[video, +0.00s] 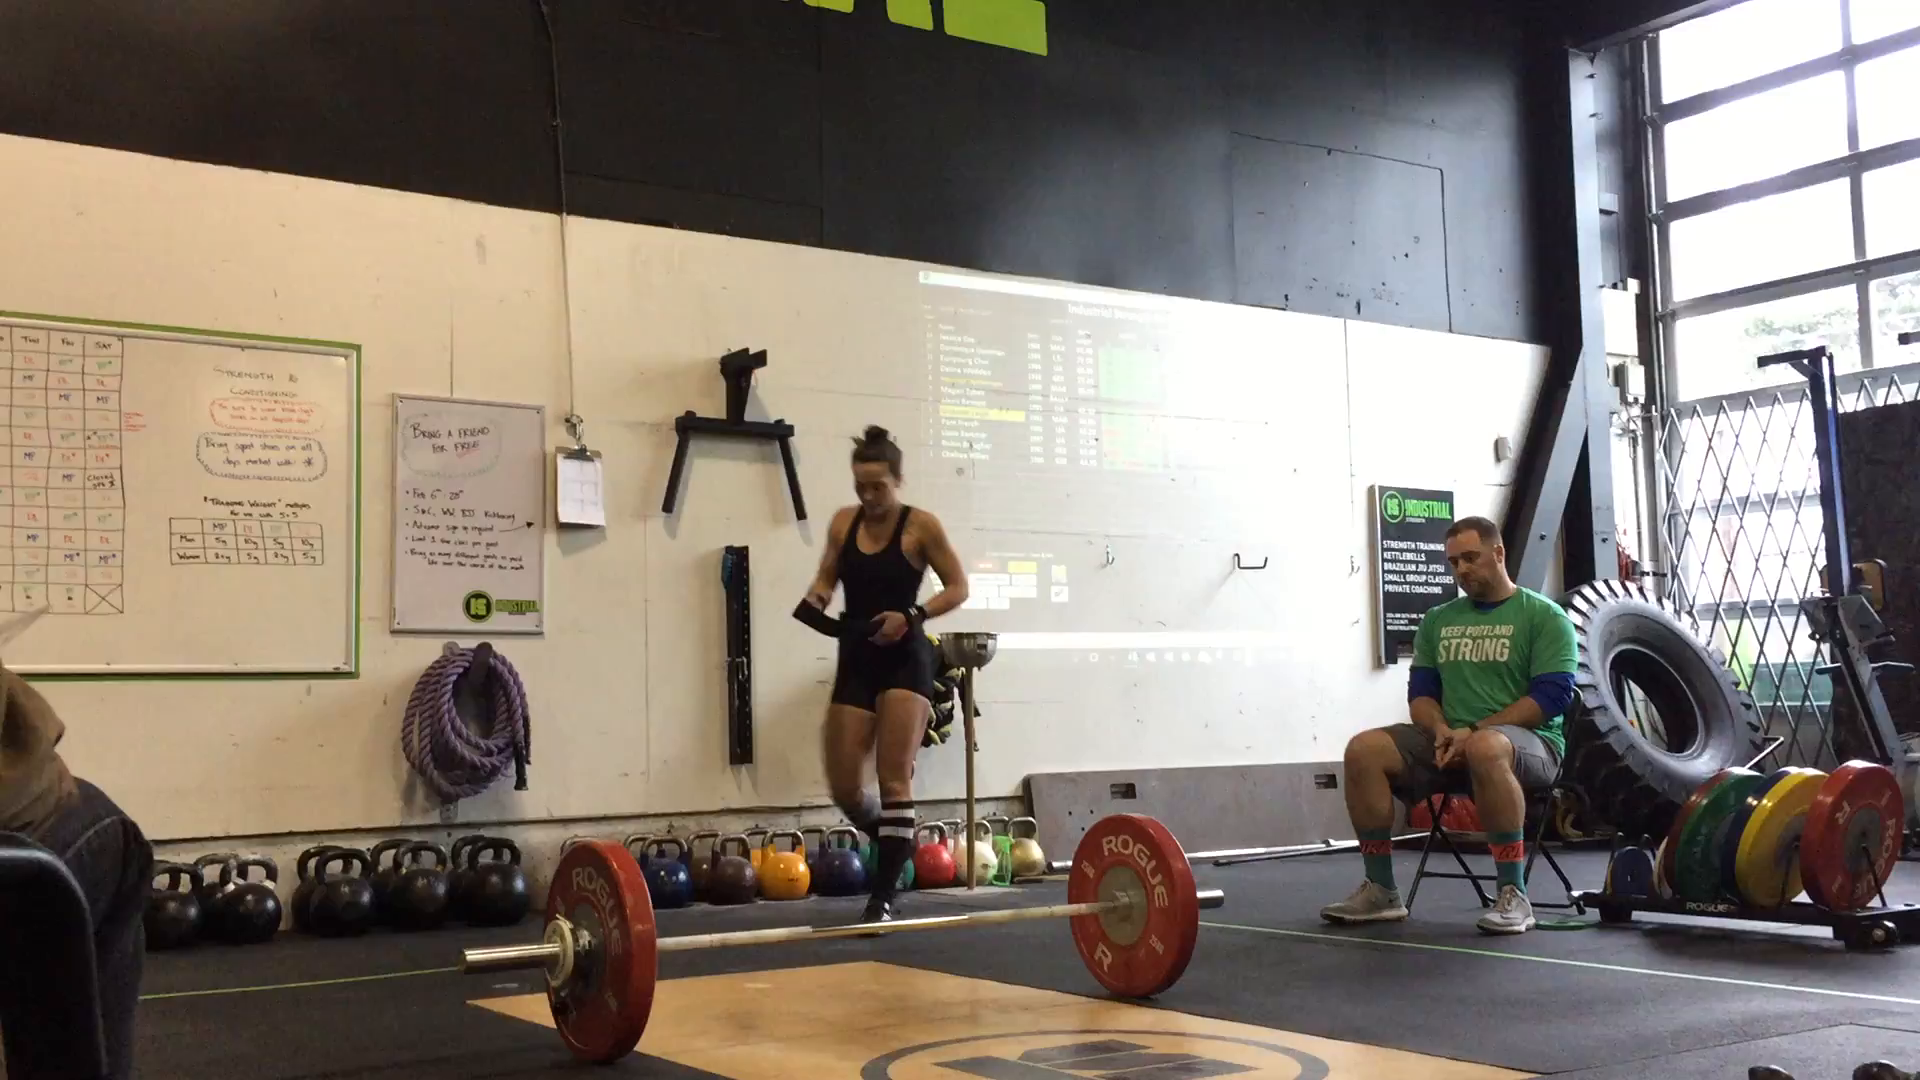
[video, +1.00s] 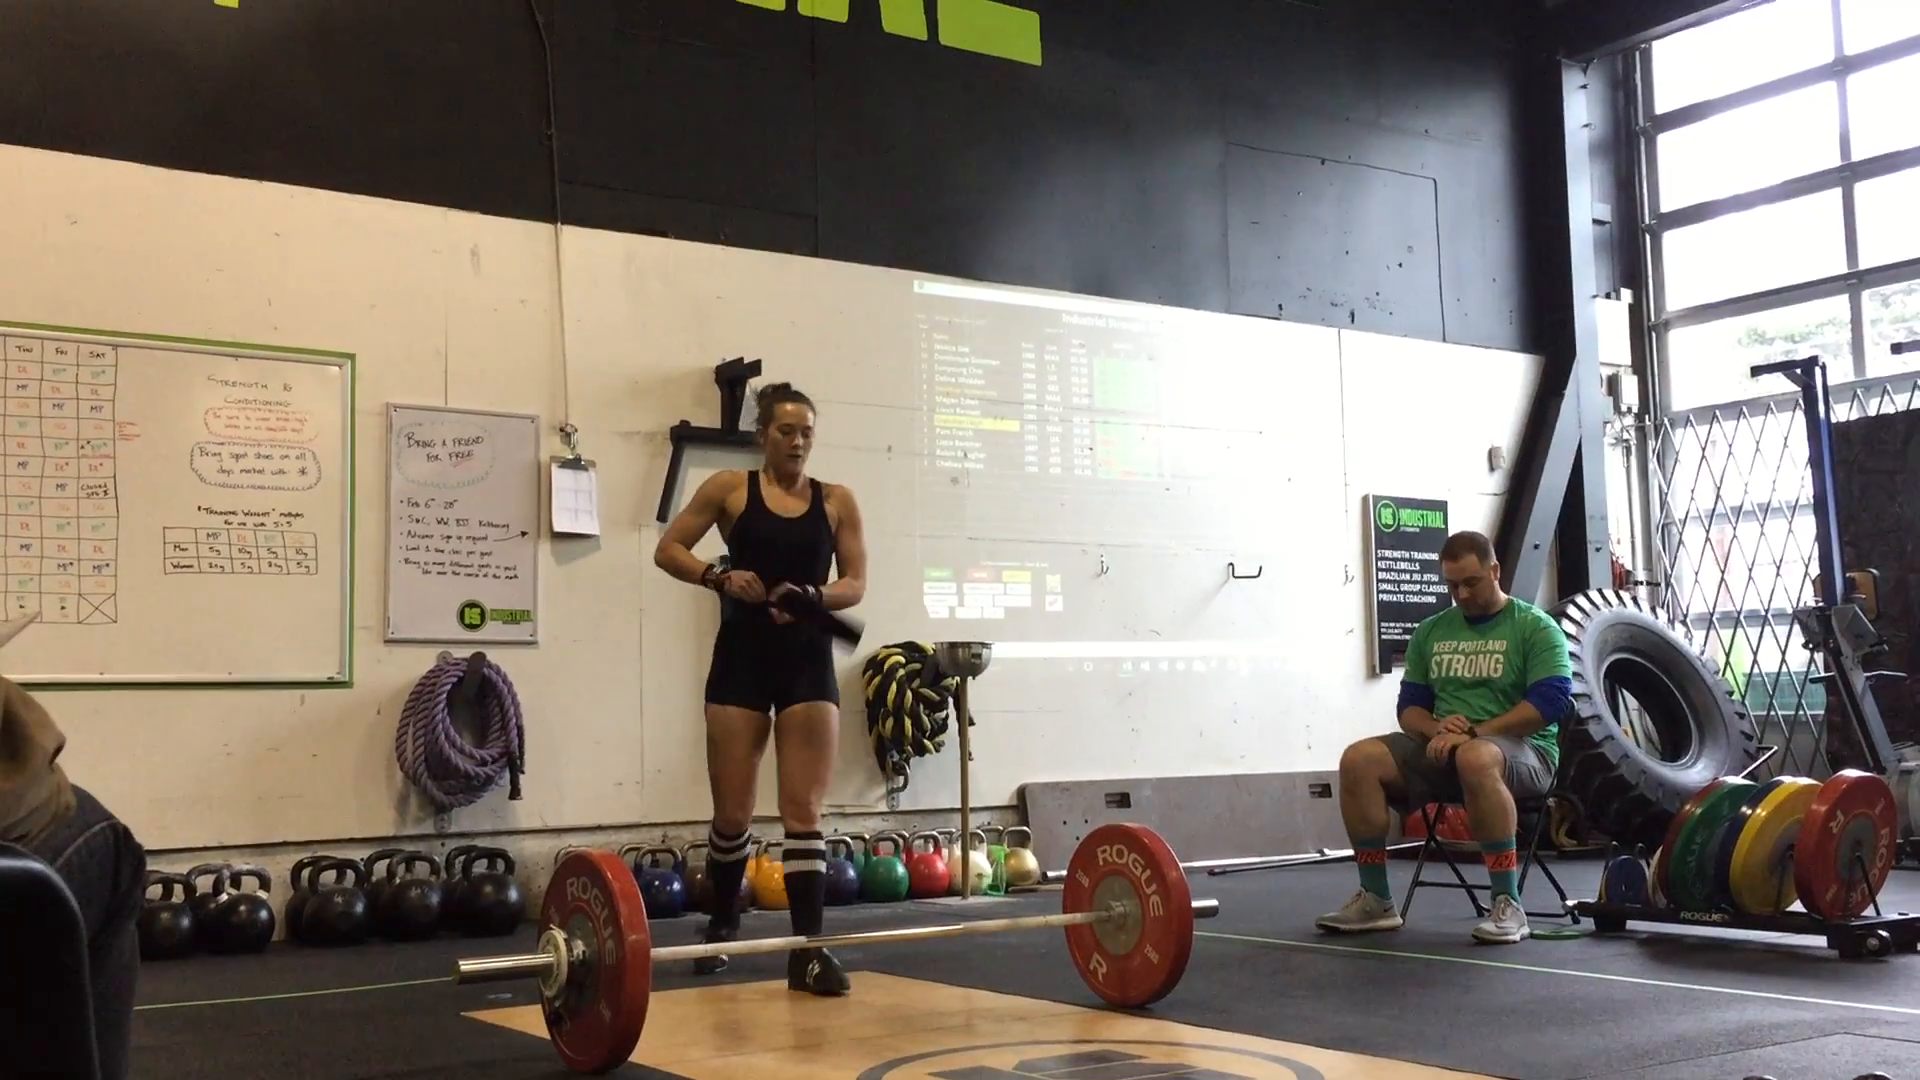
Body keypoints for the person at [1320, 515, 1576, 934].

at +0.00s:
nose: (1461, 570)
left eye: (1470, 558)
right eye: (1454, 562)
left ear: (1499, 553)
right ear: (1449, 566)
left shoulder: (1545, 617)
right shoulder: (1437, 621)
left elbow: (1553, 696)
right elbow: (1421, 696)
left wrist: (1477, 731)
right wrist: (1439, 727)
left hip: (1528, 743)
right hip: (1450, 743)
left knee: (1486, 747)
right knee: (1363, 750)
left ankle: (1512, 896)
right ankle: (1381, 891)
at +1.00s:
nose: (1462, 594)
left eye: (1470, 582)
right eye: (1453, 585)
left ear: (1495, 571)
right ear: (1444, 579)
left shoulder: (1535, 626)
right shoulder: (1429, 632)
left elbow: (1551, 701)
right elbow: (1410, 708)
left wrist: (1473, 734)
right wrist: (1435, 727)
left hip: (1522, 750)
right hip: (1444, 752)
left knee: (1476, 758)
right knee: (1358, 760)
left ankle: (1506, 906)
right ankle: (1376, 900)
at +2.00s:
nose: (1463, 606)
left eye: (1472, 595)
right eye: (1454, 596)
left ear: (1497, 580)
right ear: (1444, 588)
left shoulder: (1536, 632)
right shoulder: (1427, 635)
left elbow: (1548, 708)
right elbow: (1409, 710)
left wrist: (1469, 740)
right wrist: (1431, 735)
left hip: (1522, 757)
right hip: (1441, 757)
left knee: (1475, 763)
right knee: (1357, 764)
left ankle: (1504, 911)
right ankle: (1374, 904)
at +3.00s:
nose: (1475, 594)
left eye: (1484, 582)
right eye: (1465, 584)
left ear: (1508, 567)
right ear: (1455, 575)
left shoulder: (1549, 618)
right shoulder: (1441, 622)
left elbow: (1561, 694)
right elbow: (1422, 698)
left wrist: (1481, 730)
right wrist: (1444, 721)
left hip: (1535, 742)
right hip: (1454, 742)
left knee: (1487, 749)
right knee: (1370, 750)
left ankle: (1517, 897)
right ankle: (1386, 891)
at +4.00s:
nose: (1484, 593)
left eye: (1493, 581)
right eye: (1475, 583)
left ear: (1518, 565)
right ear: (1465, 573)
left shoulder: (1559, 616)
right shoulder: (1450, 620)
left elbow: (1571, 692)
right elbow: (1431, 695)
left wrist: (1491, 727)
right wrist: (1453, 719)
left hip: (1544, 740)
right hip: (1462, 739)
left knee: (1496, 747)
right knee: (1379, 748)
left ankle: (1527, 895)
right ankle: (1395, 888)